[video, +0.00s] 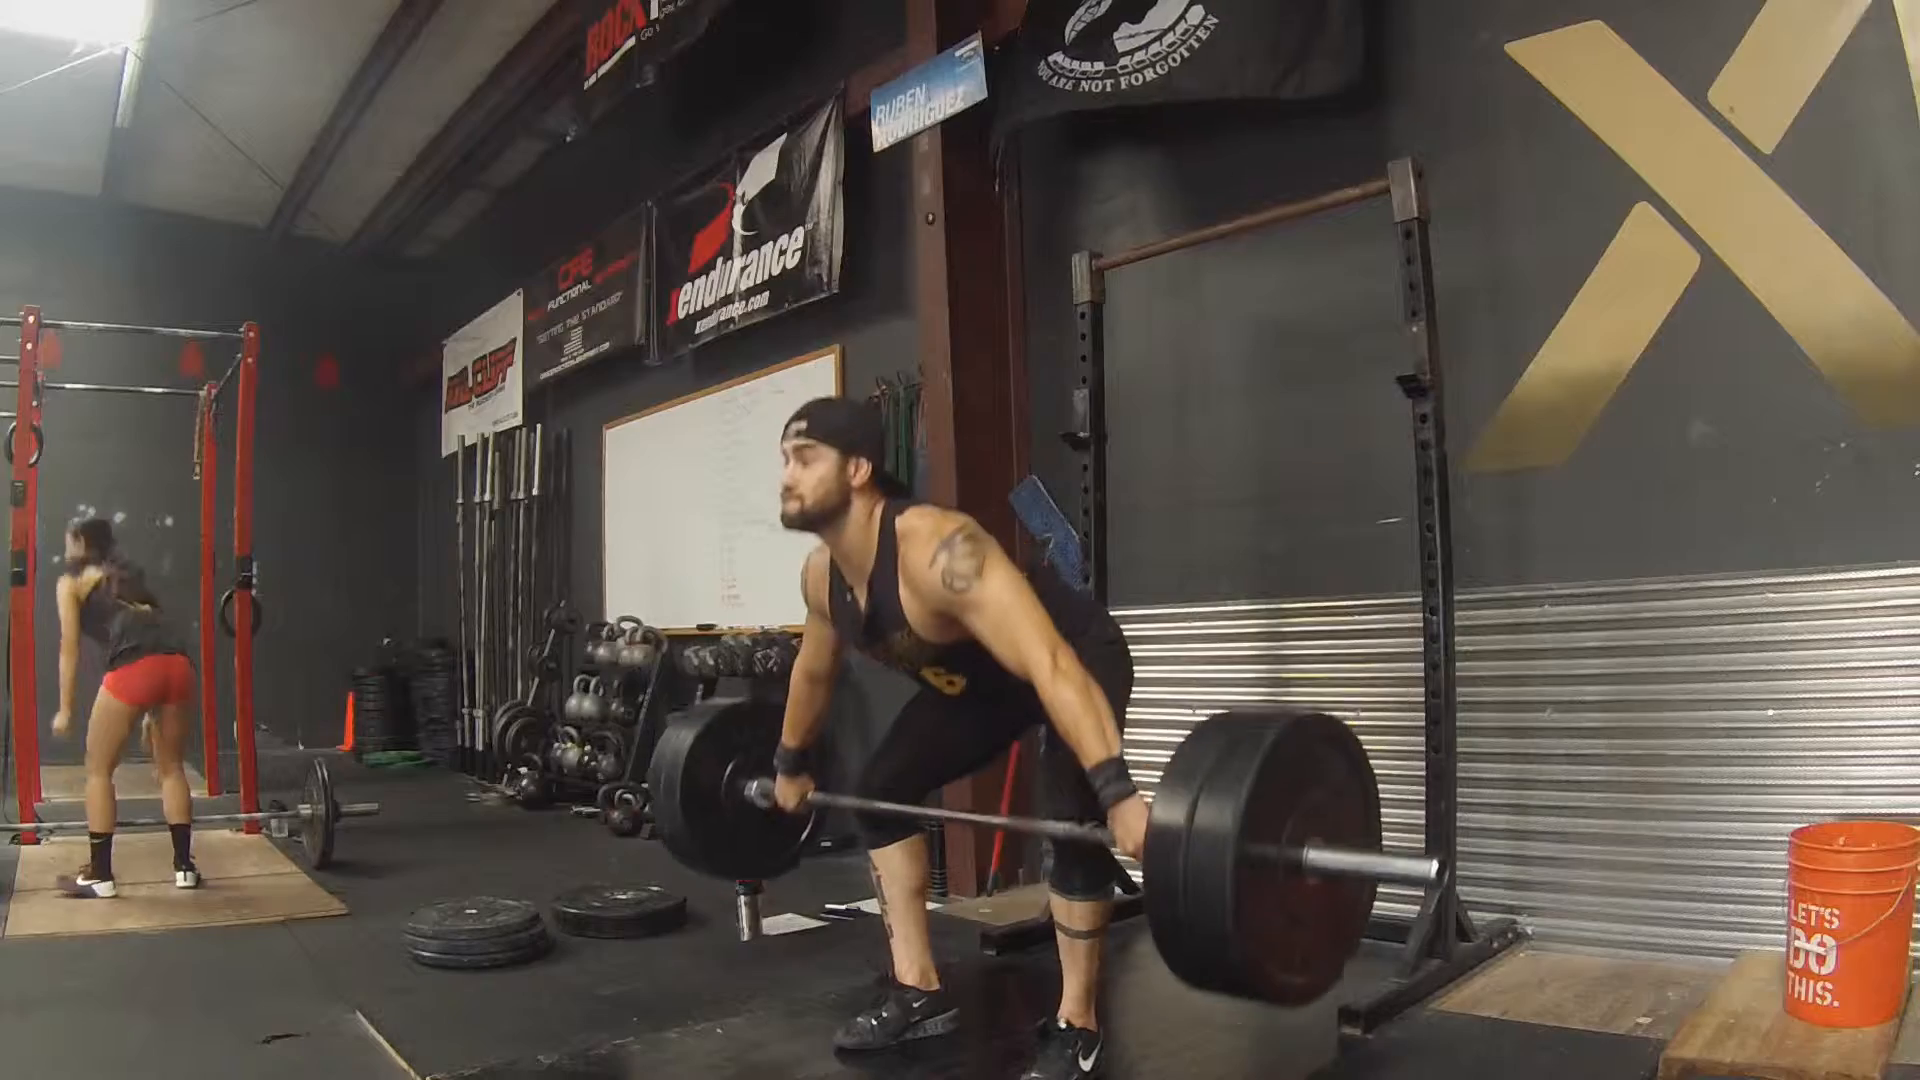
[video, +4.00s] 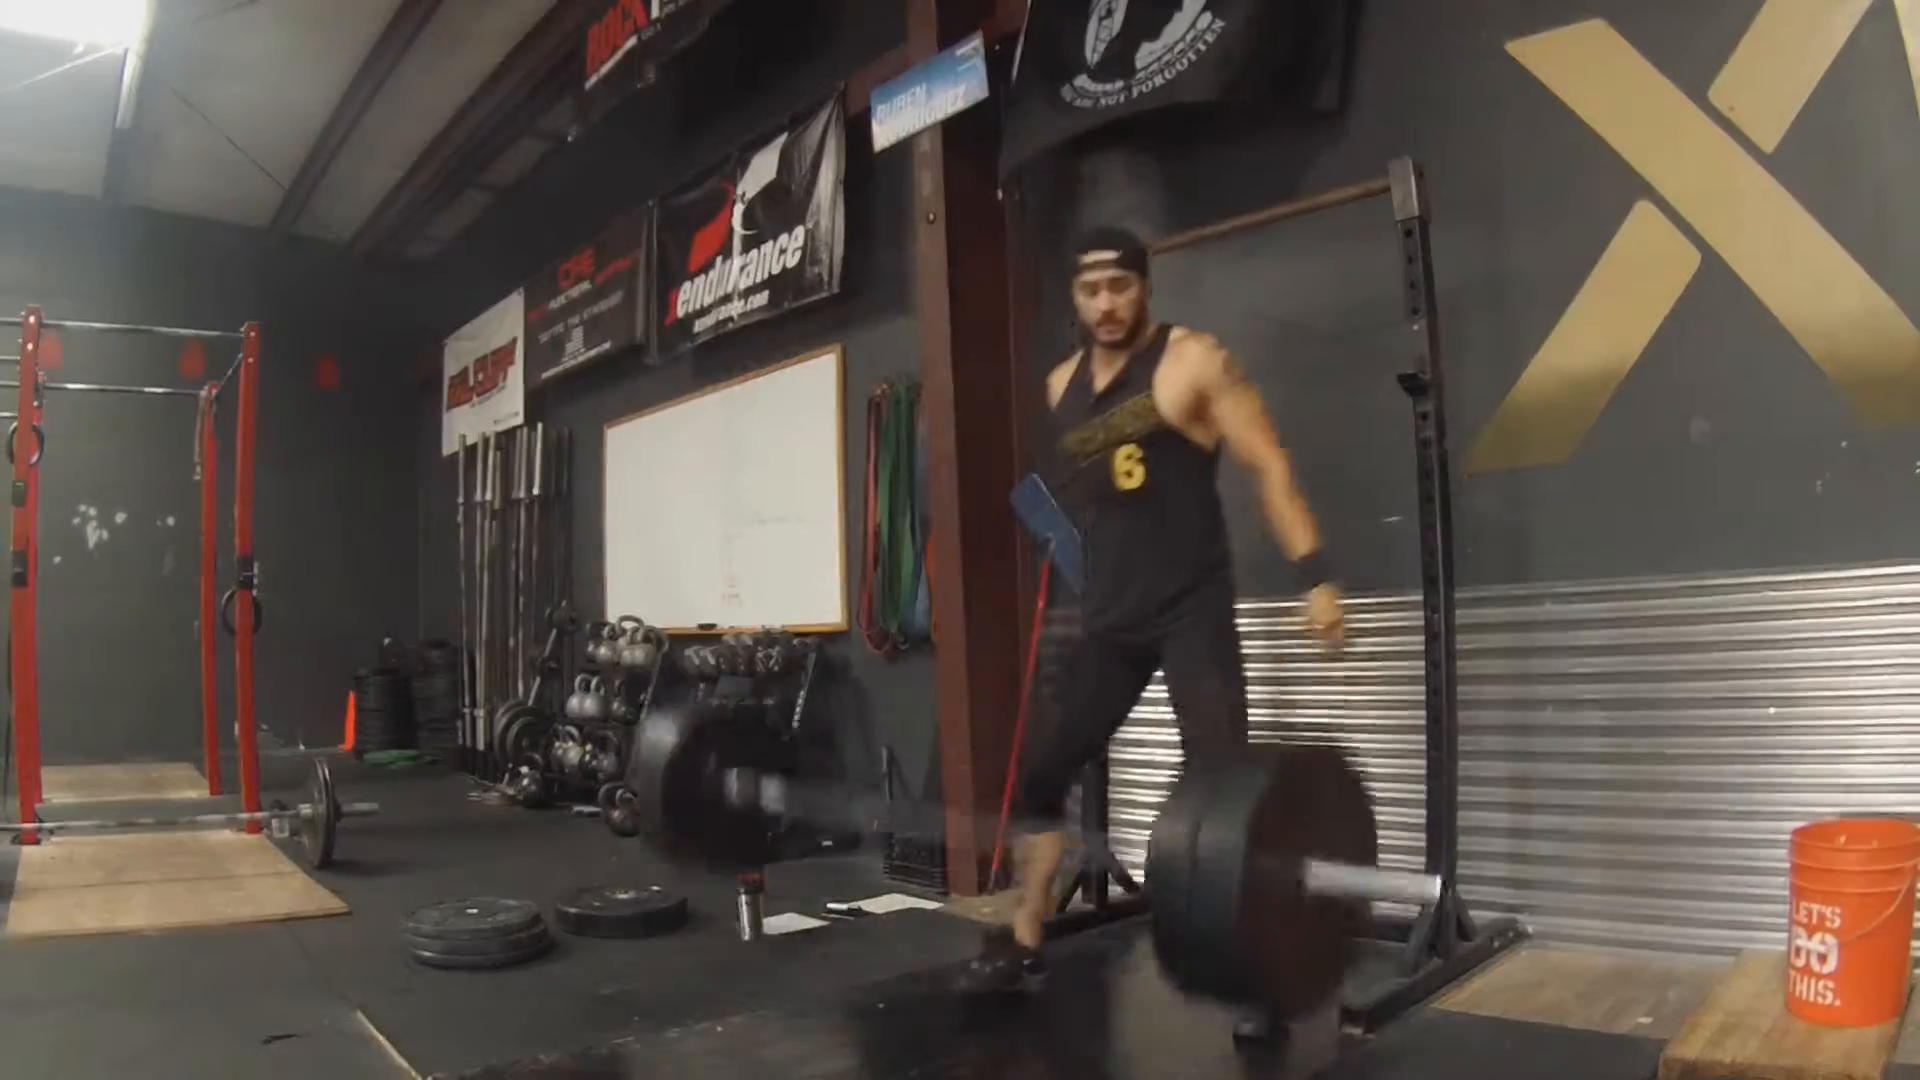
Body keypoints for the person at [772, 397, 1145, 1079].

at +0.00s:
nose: (785, 475)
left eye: (802, 458)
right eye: (784, 460)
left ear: (858, 472)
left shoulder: (942, 548)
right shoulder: (823, 574)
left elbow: (1053, 666)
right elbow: (813, 673)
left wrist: (1118, 794)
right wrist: (789, 764)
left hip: (1074, 662)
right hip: (982, 673)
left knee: (1071, 836)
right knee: (881, 792)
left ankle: (1078, 1023)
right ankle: (917, 990)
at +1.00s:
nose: (861, 453)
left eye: (880, 437)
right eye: (860, 440)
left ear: (930, 454)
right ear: (862, 459)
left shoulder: (975, 521)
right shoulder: (866, 542)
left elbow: (1057, 447)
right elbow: (794, 498)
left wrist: (1077, 324)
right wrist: (756, 427)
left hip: (1013, 786)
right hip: (917, 786)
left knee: (977, 889)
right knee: (793, 848)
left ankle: (1057, 1034)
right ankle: (898, 995)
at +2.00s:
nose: (766, 542)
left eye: (781, 521)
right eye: (759, 524)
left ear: (836, 519)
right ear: (754, 527)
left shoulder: (911, 563)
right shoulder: (813, 593)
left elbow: (1004, 480)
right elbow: (749, 518)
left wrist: (1086, 366)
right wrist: (741, 441)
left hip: (1011, 777)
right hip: (909, 789)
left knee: (949, 874)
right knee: (779, 843)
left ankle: (1052, 1033)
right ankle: (892, 990)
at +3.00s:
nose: (807, 292)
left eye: (817, 271)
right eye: (797, 280)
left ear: (868, 255)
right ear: (813, 280)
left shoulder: (949, 290)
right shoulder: (853, 334)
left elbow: (1026, 188)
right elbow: (779, 268)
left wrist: (1115, 80)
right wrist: (769, 200)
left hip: (985, 588)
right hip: (900, 608)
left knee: (1008, 795)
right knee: (879, 787)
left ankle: (1057, 1031)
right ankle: (899, 998)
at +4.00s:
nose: (1107, 301)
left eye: (1121, 285)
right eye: (1092, 288)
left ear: (1146, 289)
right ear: (1074, 297)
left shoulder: (1195, 361)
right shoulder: (1063, 383)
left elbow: (1269, 460)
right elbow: (1090, 493)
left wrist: (1315, 574)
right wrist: (1080, 576)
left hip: (1193, 608)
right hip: (1109, 616)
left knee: (1223, 781)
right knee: (1042, 769)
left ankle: (1257, 969)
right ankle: (1027, 941)